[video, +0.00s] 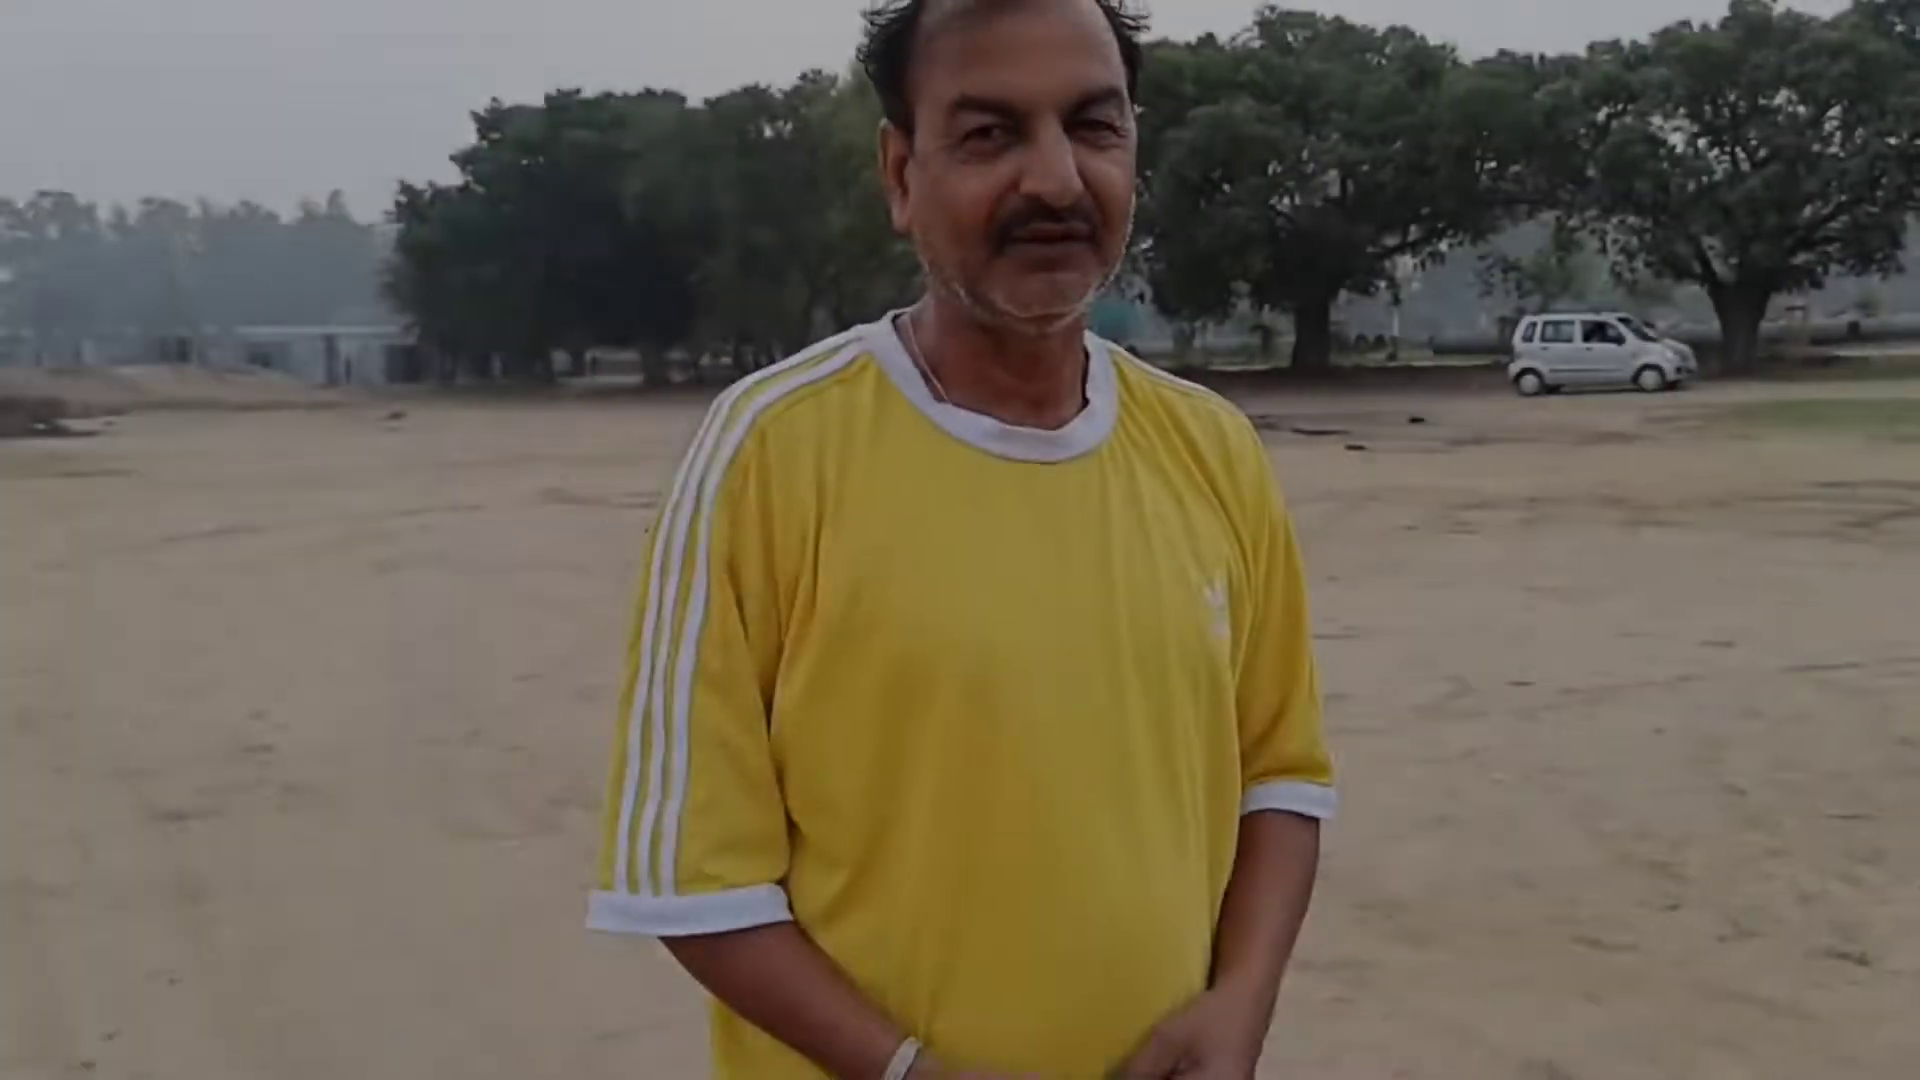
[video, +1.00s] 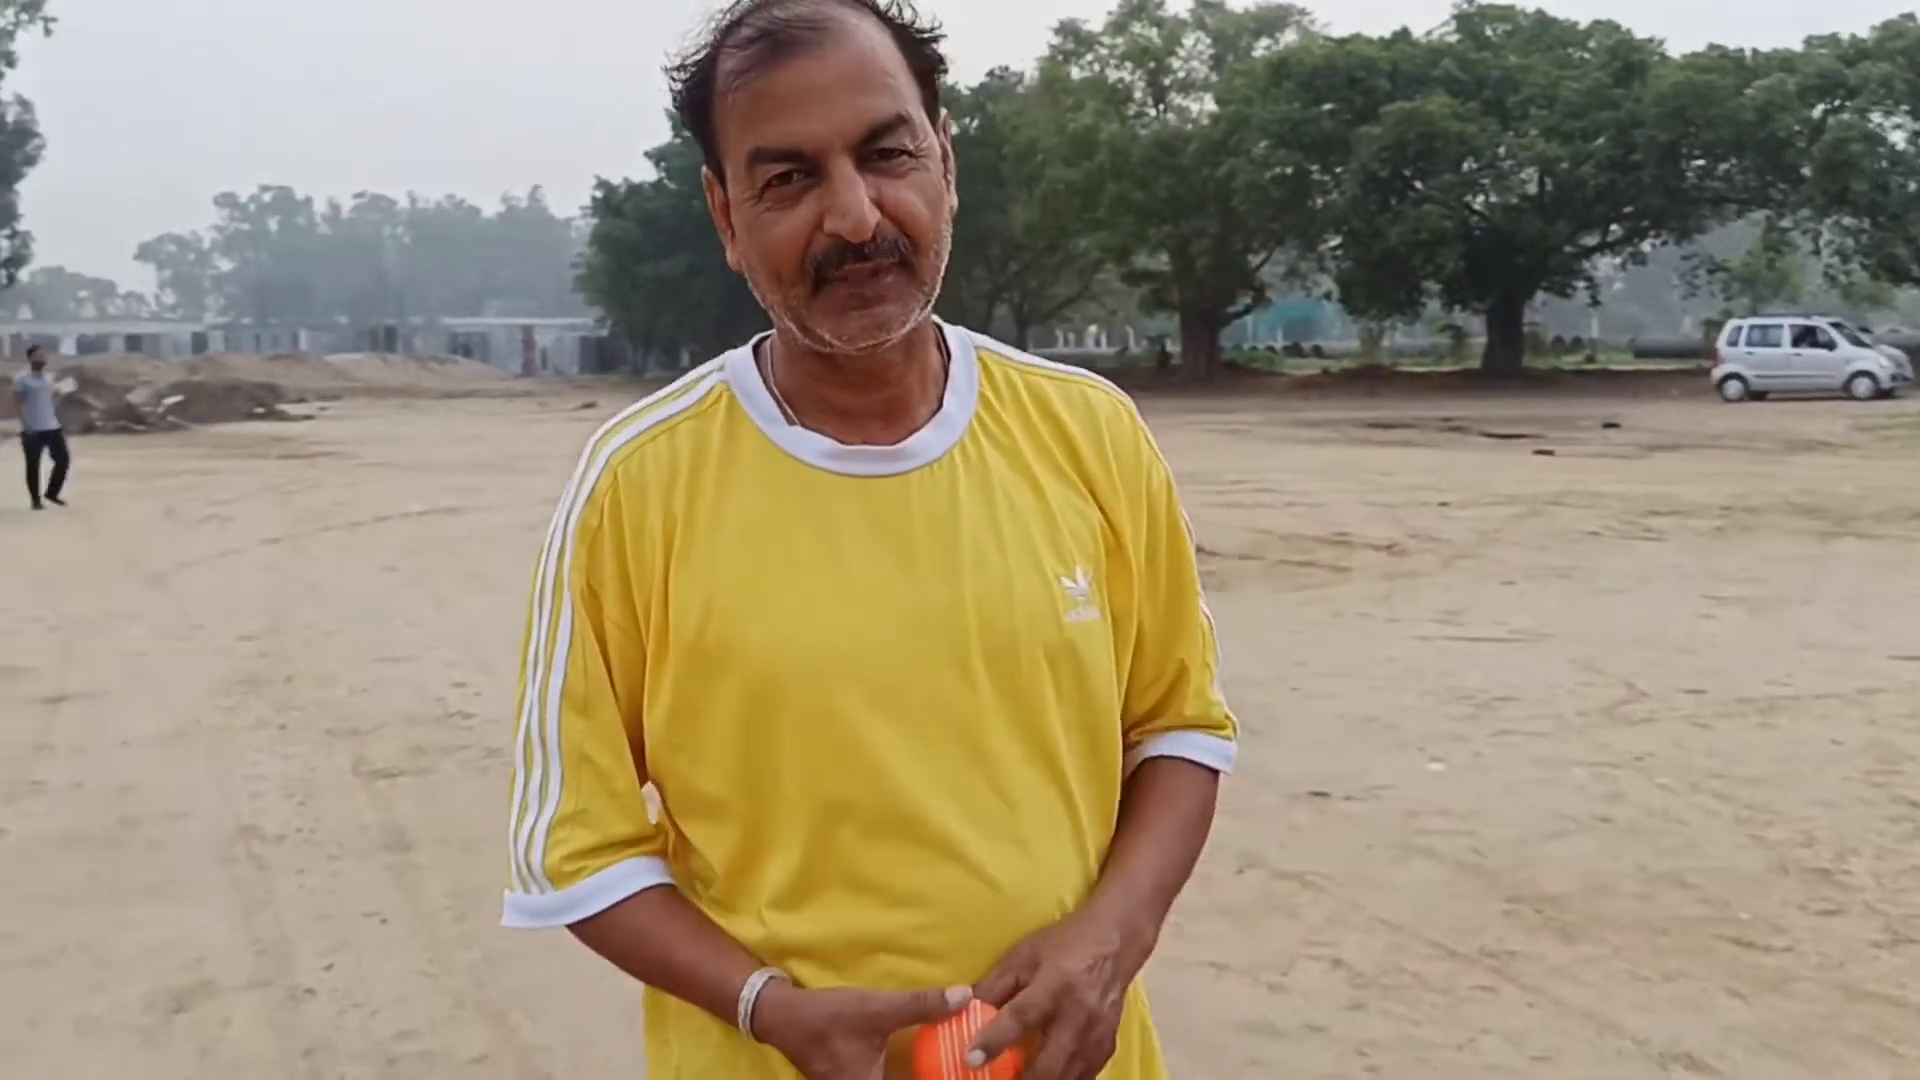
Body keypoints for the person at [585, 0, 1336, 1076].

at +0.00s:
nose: (1055, 178)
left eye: (1093, 125)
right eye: (989, 133)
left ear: (1134, 157)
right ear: (899, 179)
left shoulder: (1213, 449)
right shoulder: (770, 447)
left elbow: (1285, 770)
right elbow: (693, 871)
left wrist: (1240, 1003)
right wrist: (899, 1063)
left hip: (1157, 1057)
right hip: (854, 1061)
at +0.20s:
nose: (1046, 181)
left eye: (1081, 133)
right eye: (983, 140)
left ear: (1122, 166)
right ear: (897, 184)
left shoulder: (1203, 443)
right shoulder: (773, 444)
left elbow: (1277, 747)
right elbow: (703, 849)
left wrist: (1242, 970)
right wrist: (920, 1047)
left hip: (1157, 1055)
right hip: (853, 1055)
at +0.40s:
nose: (980, 205)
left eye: (1014, 151)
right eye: (918, 160)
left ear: (1053, 167)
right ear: (836, 193)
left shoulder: (1140, 440)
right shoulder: (719, 454)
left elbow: (1262, 802)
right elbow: (650, 858)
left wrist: (1214, 700)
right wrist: (846, 1051)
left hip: (1129, 1053)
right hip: (836, 1062)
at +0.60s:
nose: (912, 207)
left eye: (944, 155)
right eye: (849, 163)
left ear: (983, 174)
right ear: (765, 202)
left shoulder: (1074, 442)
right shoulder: (652, 470)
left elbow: (1251, 750)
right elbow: (583, 871)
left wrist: (1165, 510)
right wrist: (763, 1053)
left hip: (1092, 1048)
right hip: (788, 1059)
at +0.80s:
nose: (861, 199)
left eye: (893, 146)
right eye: (796, 164)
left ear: (944, 176)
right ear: (727, 218)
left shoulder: (1077, 443)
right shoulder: (630, 480)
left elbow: (1205, 758)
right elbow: (561, 862)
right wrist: (735, 1043)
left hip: (1082, 1053)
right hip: (778, 1063)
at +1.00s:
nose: (854, 216)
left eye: (888, 153)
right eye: (790, 178)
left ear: (948, 169)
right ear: (726, 222)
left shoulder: (1091, 434)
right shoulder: (636, 483)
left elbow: (1184, 725)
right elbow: (580, 850)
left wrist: (1112, 935)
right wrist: (776, 1008)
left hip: (1078, 1050)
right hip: (763, 1056)